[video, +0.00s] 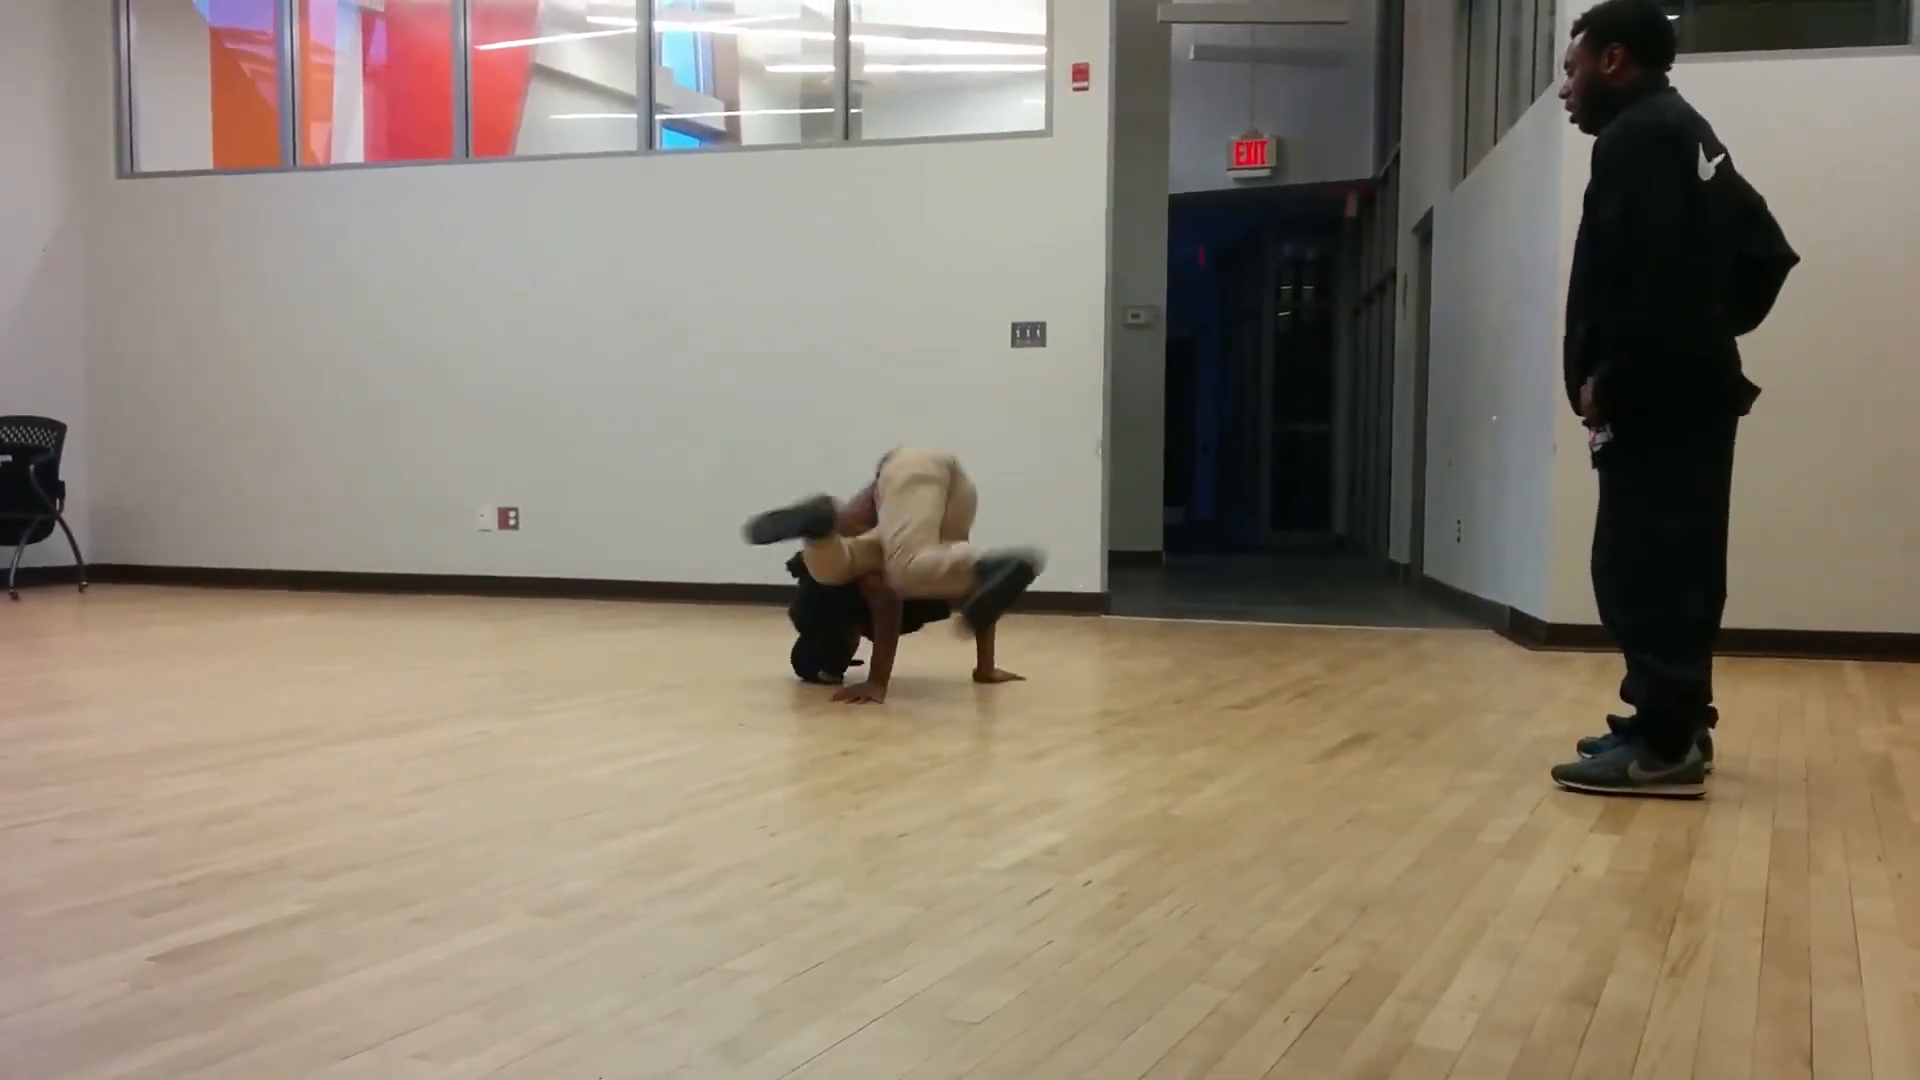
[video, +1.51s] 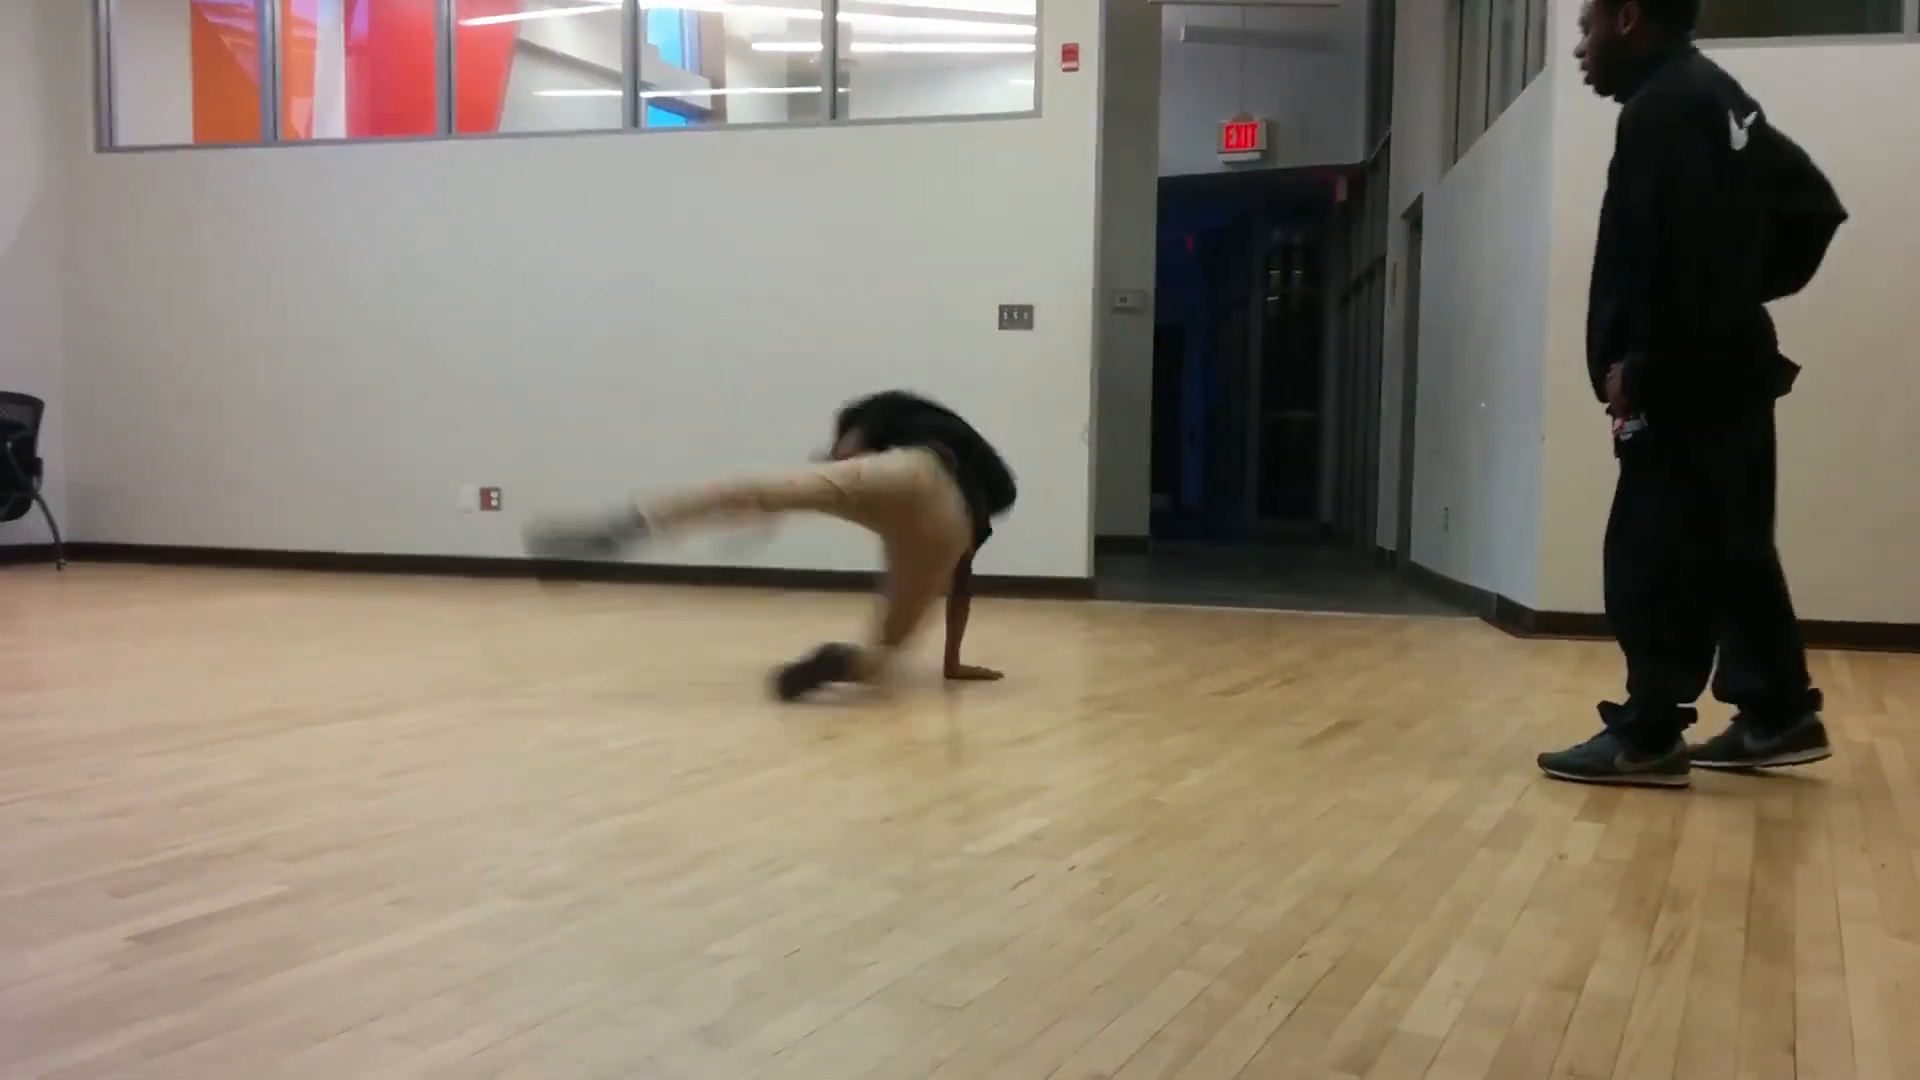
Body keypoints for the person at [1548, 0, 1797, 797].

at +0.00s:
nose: (1563, 84)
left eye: (1573, 67)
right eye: (1565, 68)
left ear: (1615, 61)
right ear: (1630, 64)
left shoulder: (1638, 135)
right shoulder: (1676, 128)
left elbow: (1638, 276)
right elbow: (1764, 252)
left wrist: (1600, 375)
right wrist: (1701, 339)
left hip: (1657, 403)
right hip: (1691, 399)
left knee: (1642, 563)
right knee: (1671, 558)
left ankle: (1665, 744)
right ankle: (1672, 727)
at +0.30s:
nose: (1563, 76)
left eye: (1571, 58)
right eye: (1563, 60)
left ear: (1615, 48)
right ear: (1626, 49)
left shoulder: (1638, 124)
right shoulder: (1680, 120)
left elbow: (1638, 273)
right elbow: (1756, 262)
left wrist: (1591, 369)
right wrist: (1694, 354)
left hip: (1642, 398)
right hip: (1680, 396)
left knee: (1633, 558)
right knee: (1666, 554)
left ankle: (1659, 741)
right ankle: (1669, 729)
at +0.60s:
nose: (1561, 58)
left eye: (1570, 40)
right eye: (1562, 42)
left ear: (1617, 32)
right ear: (1623, 34)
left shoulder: (1639, 106)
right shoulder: (1669, 104)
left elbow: (1636, 257)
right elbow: (1727, 264)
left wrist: (1588, 357)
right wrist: (1676, 359)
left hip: (1636, 393)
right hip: (1659, 391)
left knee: (1629, 556)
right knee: (1642, 552)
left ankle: (1654, 742)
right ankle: (1650, 726)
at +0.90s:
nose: (1540, 55)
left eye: (1550, 35)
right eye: (1541, 37)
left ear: (1594, 29)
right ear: (1603, 31)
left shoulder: (1628, 104)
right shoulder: (1655, 97)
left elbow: (1636, 257)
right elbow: (1723, 246)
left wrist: (1600, 365)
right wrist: (1650, 359)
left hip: (1646, 390)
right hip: (1668, 387)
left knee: (1631, 555)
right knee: (1641, 552)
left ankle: (1642, 736)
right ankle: (1638, 726)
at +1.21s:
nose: (1527, 64)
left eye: (1533, 42)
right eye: (1528, 44)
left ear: (1575, 34)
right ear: (1589, 34)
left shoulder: (1618, 111)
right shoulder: (1670, 95)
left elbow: (1614, 249)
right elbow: (1777, 192)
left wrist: (1606, 362)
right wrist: (1710, 283)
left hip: (1670, 381)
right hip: (1716, 373)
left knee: (1640, 550)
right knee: (1690, 541)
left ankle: (1648, 735)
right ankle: (1677, 706)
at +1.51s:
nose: (1578, 47)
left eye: (1587, 26)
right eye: (1580, 29)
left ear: (1632, 24)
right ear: (1647, 26)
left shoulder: (1657, 110)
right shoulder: (1716, 95)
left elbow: (1636, 246)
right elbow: (1810, 208)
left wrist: (1624, 360)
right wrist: (1735, 287)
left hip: (1679, 386)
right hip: (1735, 377)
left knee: (1647, 553)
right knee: (1736, 545)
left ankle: (1648, 732)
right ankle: (1780, 714)